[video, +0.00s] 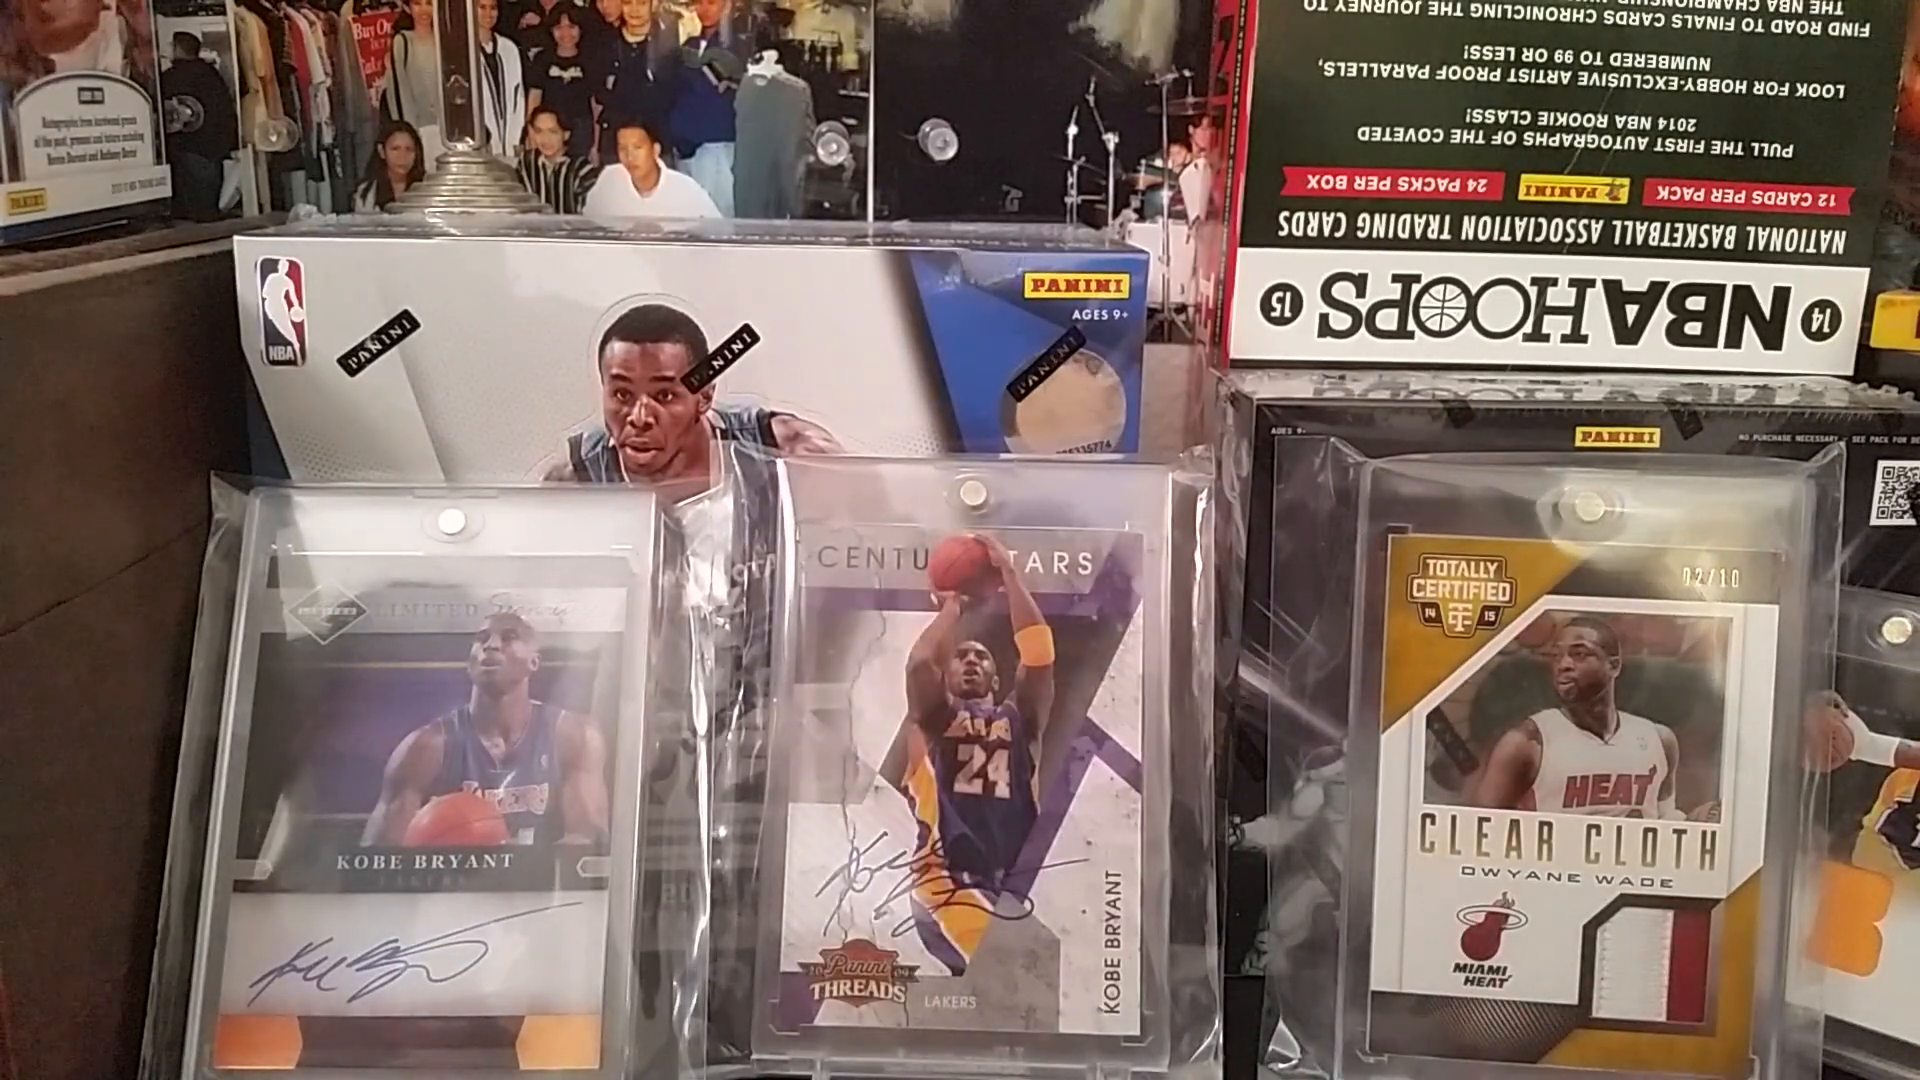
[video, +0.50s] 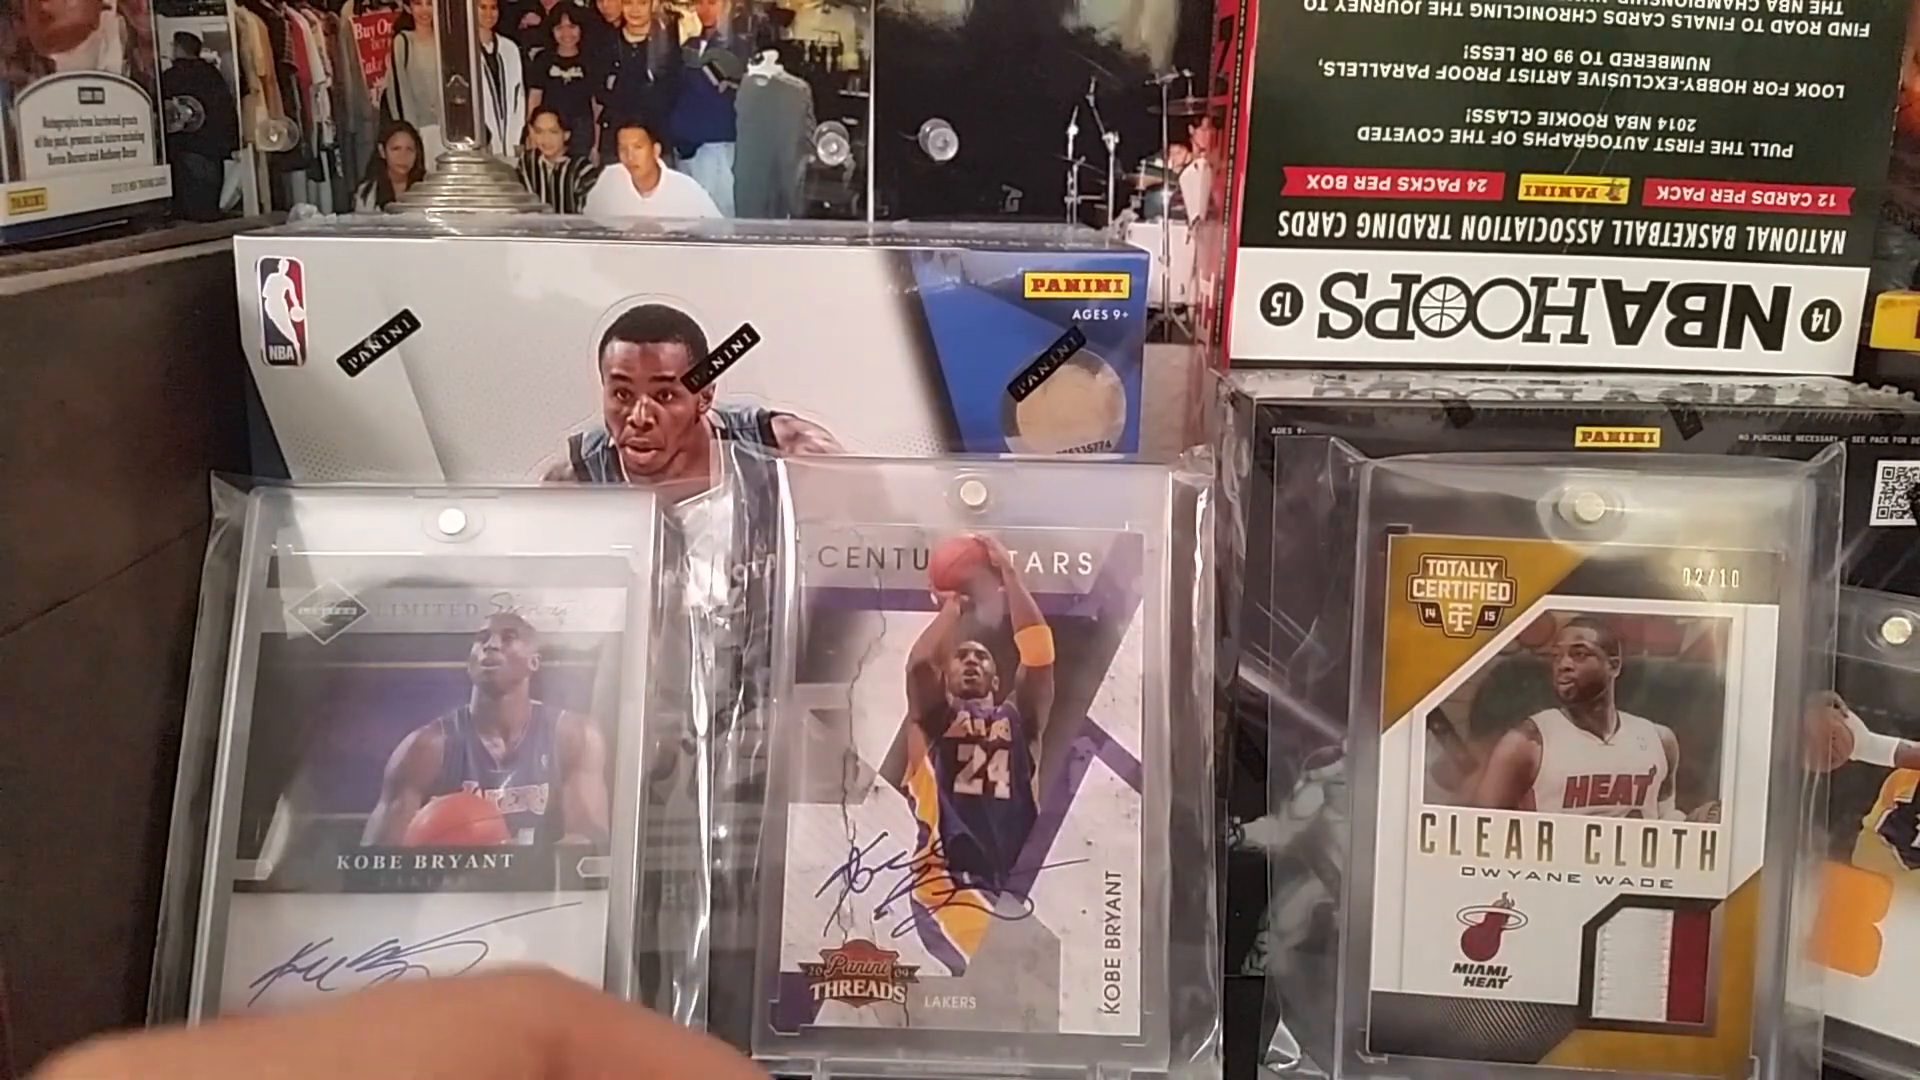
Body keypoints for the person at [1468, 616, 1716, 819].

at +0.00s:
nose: (1563, 665)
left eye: (1579, 654)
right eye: (1557, 655)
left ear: (1614, 667)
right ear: (1551, 664)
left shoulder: (1660, 743)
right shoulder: (1524, 744)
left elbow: (1664, 826)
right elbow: (1472, 837)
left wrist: (1693, 824)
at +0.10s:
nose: (1563, 665)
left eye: (1579, 654)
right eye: (1557, 656)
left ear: (1614, 667)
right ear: (1551, 664)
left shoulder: (1661, 743)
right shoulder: (1524, 744)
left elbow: (1664, 824)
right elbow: (1474, 836)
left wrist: (1691, 824)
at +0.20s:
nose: (1563, 665)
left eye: (1579, 654)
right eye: (1557, 656)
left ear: (1615, 667)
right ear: (1551, 663)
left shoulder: (1661, 743)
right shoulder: (1524, 744)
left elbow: (1664, 825)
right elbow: (1471, 835)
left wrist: (1694, 822)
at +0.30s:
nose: (1563, 665)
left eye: (1579, 654)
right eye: (1557, 656)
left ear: (1614, 667)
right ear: (1550, 664)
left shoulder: (1661, 743)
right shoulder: (1524, 744)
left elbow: (1664, 828)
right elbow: (1475, 838)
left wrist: (1693, 825)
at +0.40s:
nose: (1562, 665)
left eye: (1579, 654)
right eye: (1557, 656)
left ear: (1615, 666)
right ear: (1551, 664)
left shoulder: (1661, 743)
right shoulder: (1524, 745)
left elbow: (1664, 825)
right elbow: (1476, 840)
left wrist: (1694, 823)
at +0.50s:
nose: (1563, 665)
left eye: (1579, 654)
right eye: (1557, 656)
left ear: (1614, 666)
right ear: (1551, 664)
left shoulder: (1661, 743)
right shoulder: (1524, 745)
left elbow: (1664, 828)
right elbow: (1478, 840)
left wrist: (1695, 824)